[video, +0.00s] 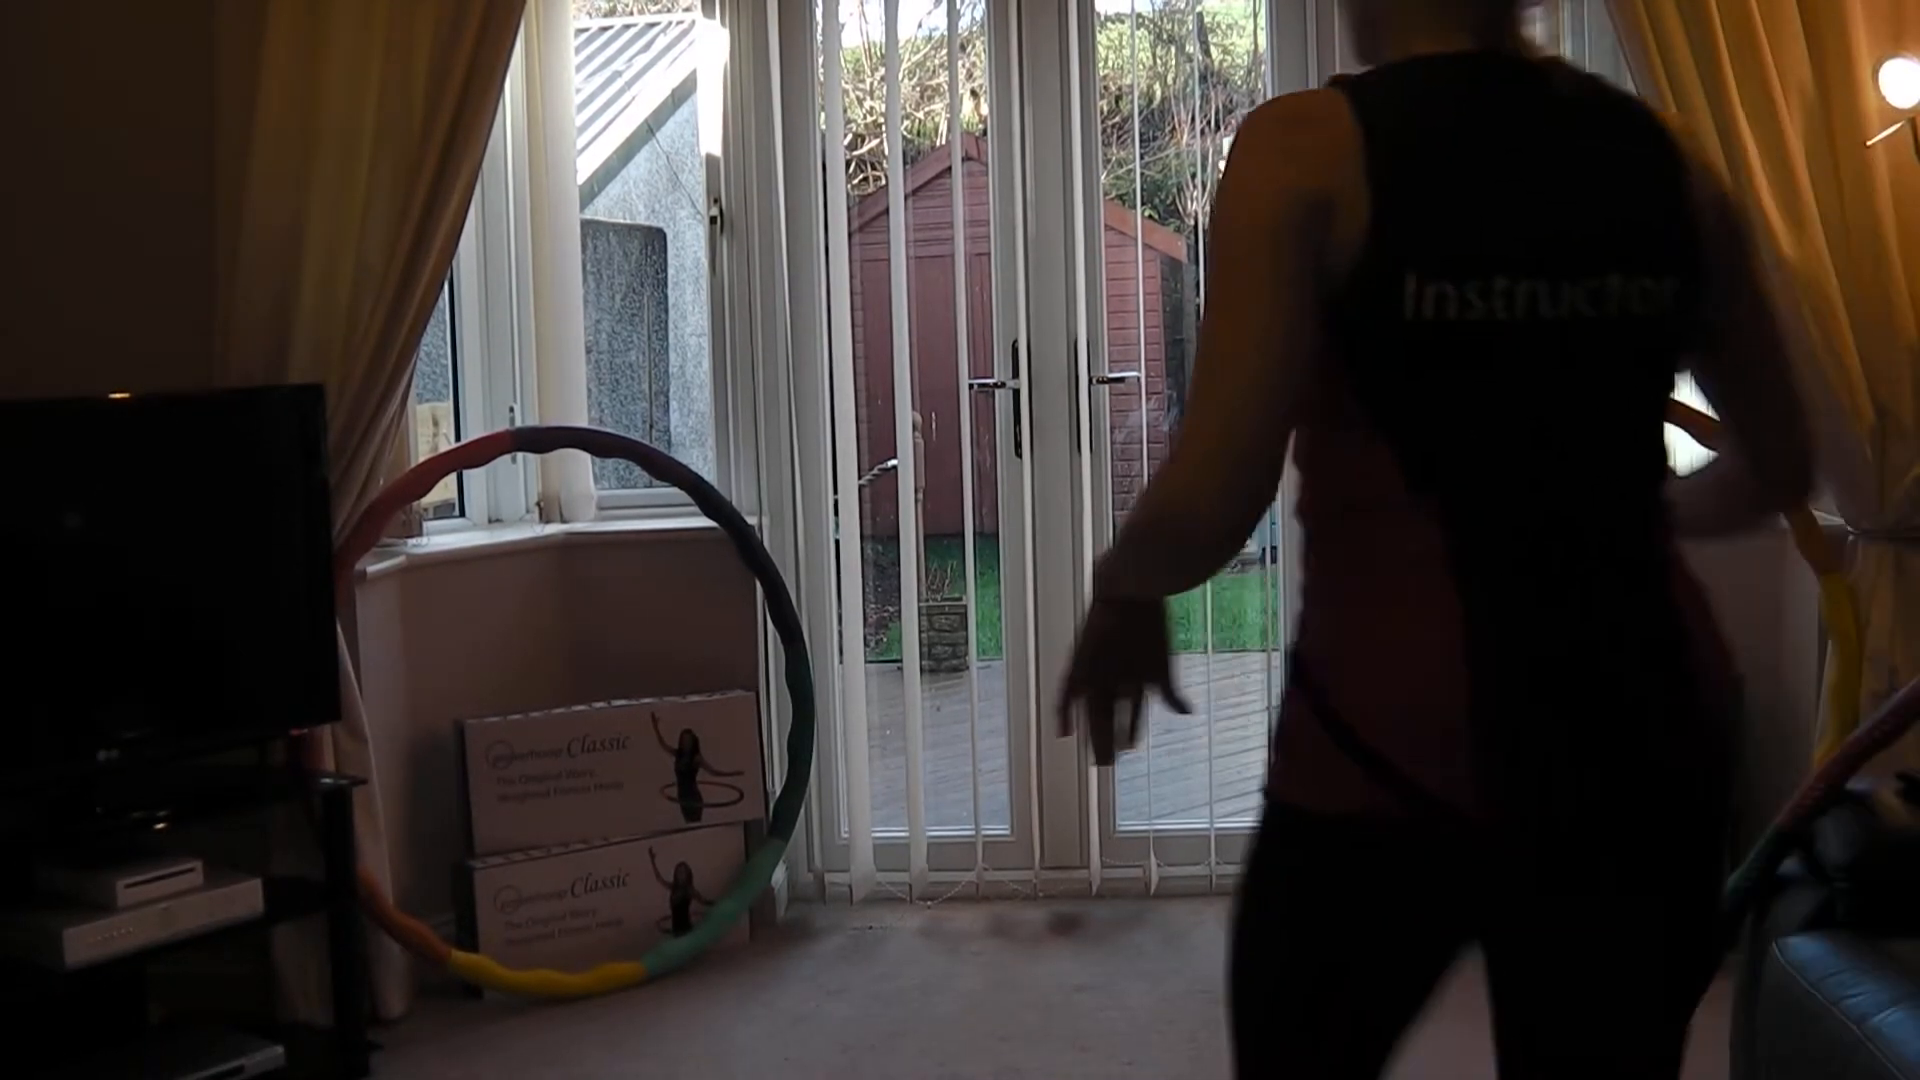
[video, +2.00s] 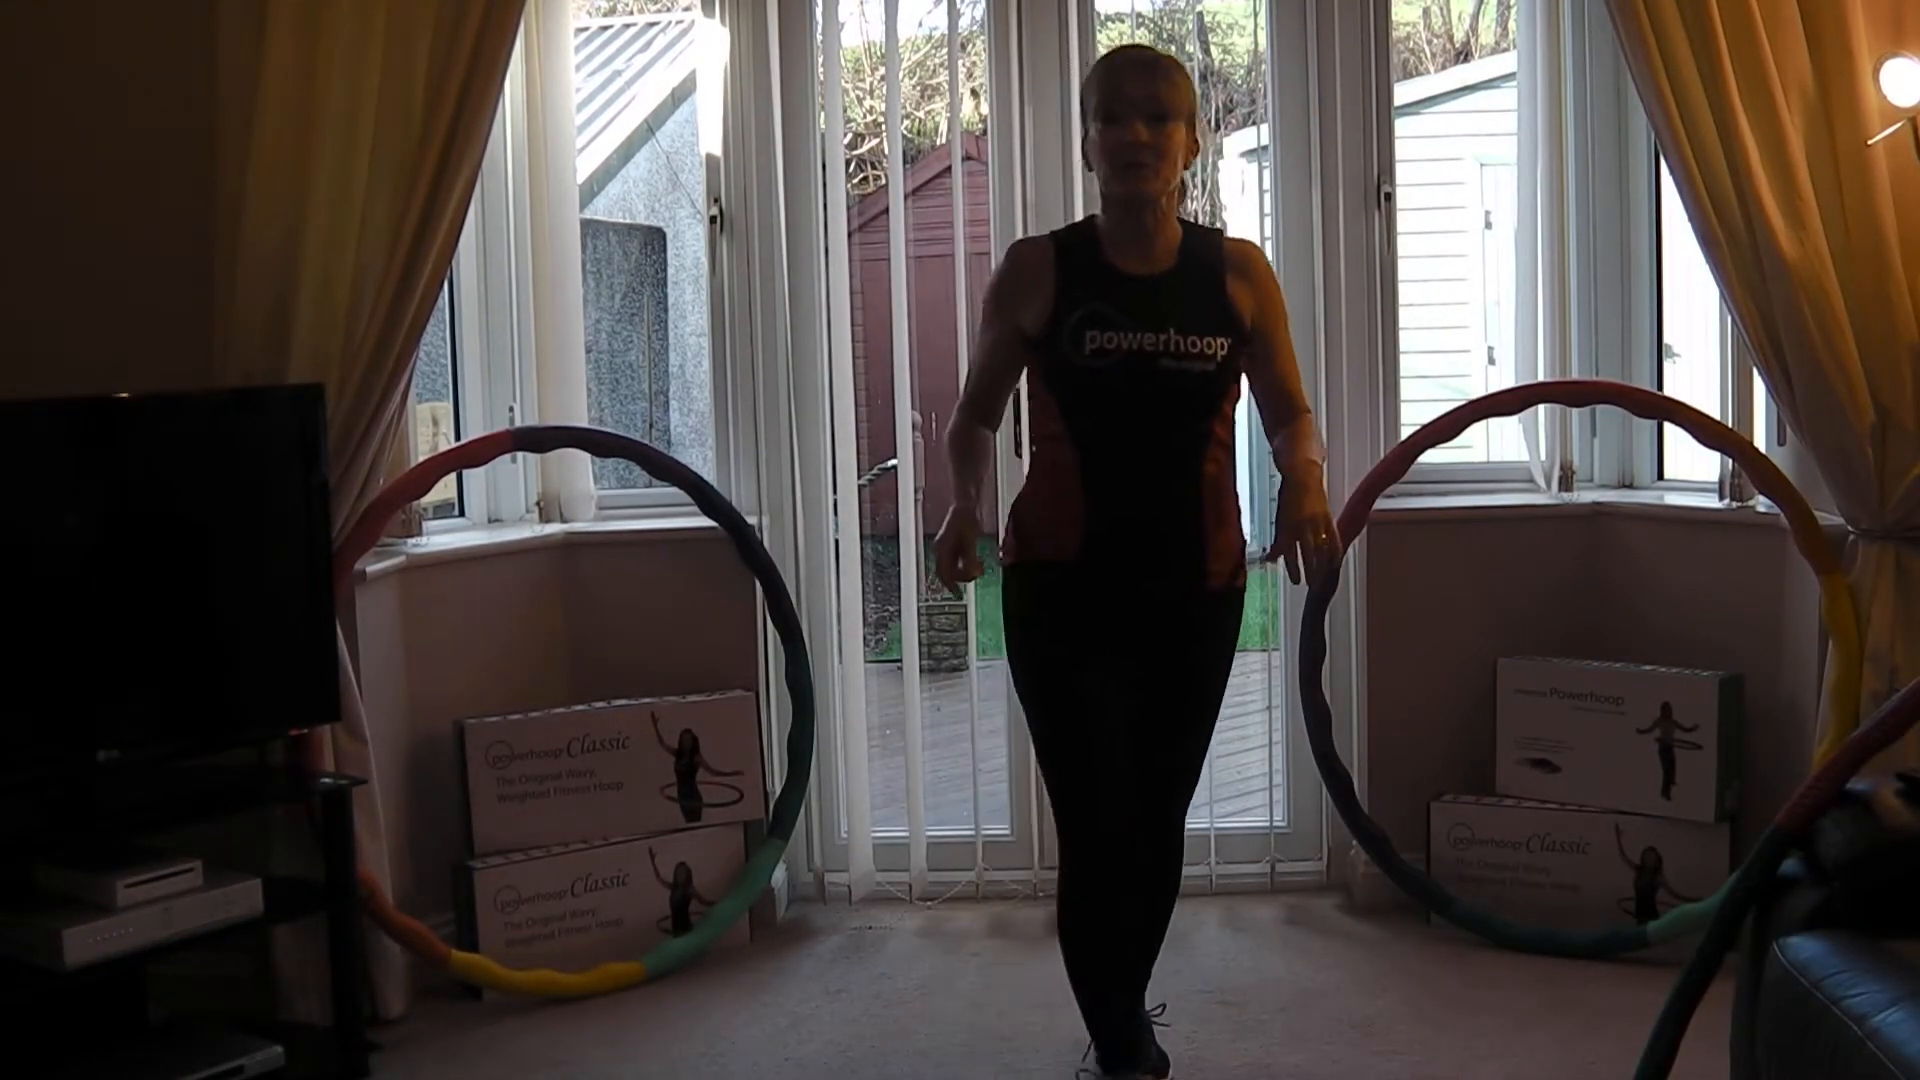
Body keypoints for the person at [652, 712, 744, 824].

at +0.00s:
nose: (684, 742)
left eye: (688, 739)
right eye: (683, 739)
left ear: (693, 742)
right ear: (680, 741)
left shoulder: (696, 758)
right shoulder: (678, 754)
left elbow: (713, 772)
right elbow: (662, 744)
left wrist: (733, 774)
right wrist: (655, 726)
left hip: (693, 794)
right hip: (682, 794)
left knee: (696, 827)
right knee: (690, 827)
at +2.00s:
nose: (685, 742)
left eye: (688, 739)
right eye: (683, 739)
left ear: (693, 741)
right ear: (680, 741)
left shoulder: (696, 757)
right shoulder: (678, 754)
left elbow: (712, 772)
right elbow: (662, 744)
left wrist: (732, 774)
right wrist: (655, 725)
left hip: (693, 794)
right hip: (682, 795)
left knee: (695, 828)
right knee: (690, 828)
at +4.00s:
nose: (685, 742)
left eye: (688, 739)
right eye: (683, 739)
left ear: (694, 742)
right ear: (680, 741)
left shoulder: (696, 758)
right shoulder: (678, 755)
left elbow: (712, 772)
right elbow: (662, 745)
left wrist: (733, 773)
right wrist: (655, 726)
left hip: (693, 795)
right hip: (682, 795)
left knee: (695, 828)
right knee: (691, 828)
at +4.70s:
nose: (686, 743)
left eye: (689, 740)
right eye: (684, 739)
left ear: (694, 742)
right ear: (680, 741)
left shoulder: (696, 757)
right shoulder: (678, 754)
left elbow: (711, 771)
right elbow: (662, 745)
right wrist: (655, 727)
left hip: (693, 793)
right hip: (682, 794)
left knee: (696, 826)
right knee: (690, 827)